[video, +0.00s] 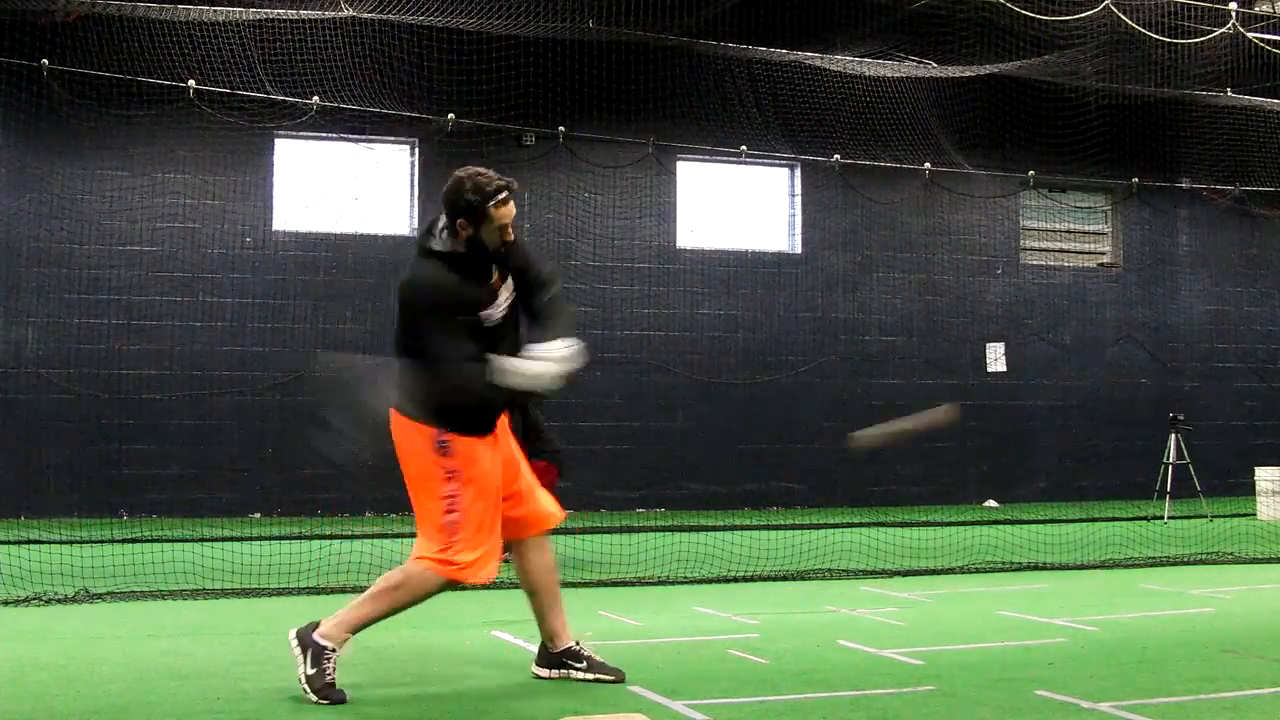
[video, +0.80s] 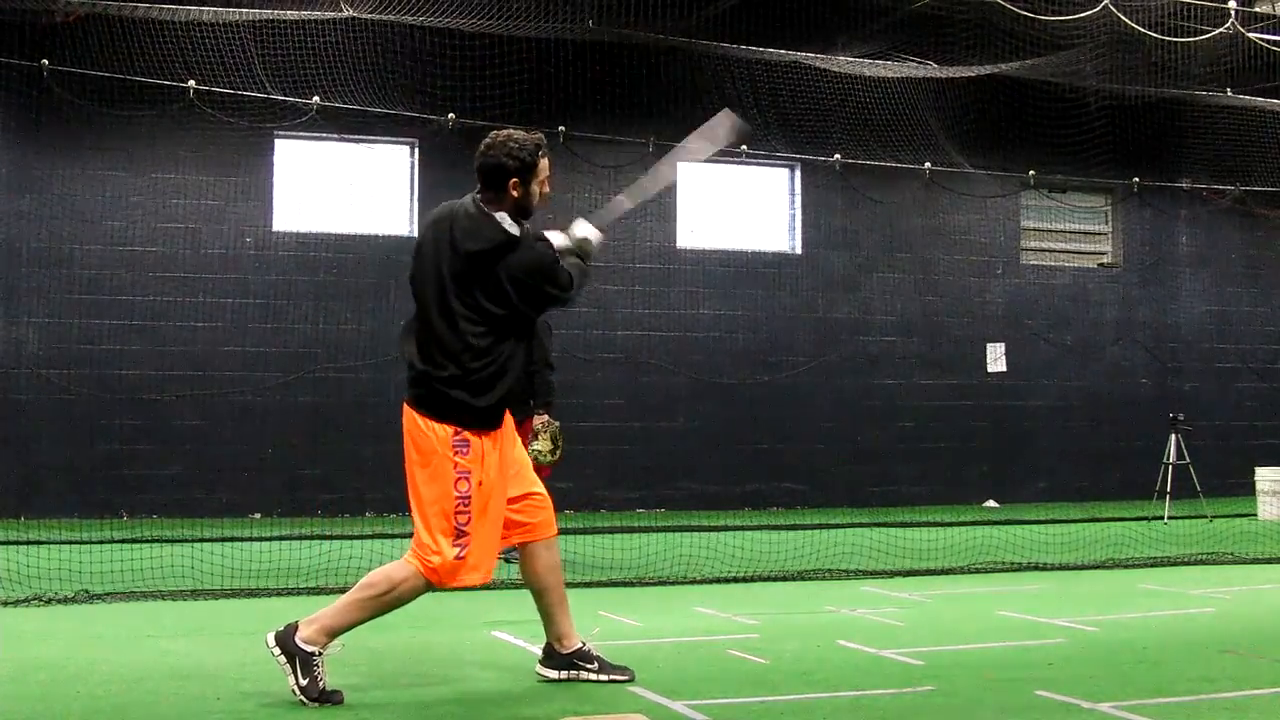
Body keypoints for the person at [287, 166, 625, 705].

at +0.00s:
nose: (512, 232)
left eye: (512, 222)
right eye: (503, 225)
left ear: (497, 218)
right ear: (468, 226)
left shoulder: (499, 249)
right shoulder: (430, 282)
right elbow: (453, 374)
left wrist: (552, 346)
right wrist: (519, 374)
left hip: (484, 420)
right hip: (434, 427)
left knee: (530, 523)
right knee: (450, 557)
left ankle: (558, 648)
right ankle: (324, 637)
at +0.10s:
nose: (520, 229)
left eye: (519, 221)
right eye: (513, 223)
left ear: (466, 217)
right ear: (484, 226)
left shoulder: (447, 232)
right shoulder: (454, 273)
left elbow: (536, 260)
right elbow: (541, 311)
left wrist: (601, 279)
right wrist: (613, 301)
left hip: (471, 408)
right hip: (437, 419)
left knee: (510, 532)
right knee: (450, 554)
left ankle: (555, 647)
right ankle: (321, 637)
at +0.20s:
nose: (534, 211)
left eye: (532, 201)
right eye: (529, 205)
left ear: (470, 206)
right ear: (509, 218)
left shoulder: (417, 231)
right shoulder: (517, 267)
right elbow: (545, 230)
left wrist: (513, 206)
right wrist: (544, 198)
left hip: (476, 413)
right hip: (445, 423)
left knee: (520, 524)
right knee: (444, 559)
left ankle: (560, 648)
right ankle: (309, 641)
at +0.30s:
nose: (550, 191)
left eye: (549, 183)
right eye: (548, 185)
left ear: (486, 186)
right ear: (529, 195)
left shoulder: (431, 228)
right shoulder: (536, 246)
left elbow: (369, 250)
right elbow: (492, 224)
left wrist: (417, 195)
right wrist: (451, 191)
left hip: (462, 414)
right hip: (459, 418)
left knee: (525, 524)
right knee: (446, 562)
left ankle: (561, 648)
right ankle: (310, 639)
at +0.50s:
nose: (546, 189)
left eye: (546, 180)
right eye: (544, 182)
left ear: (483, 186)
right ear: (523, 189)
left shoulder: (427, 233)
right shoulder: (536, 238)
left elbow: (378, 289)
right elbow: (486, 234)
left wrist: (410, 219)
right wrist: (436, 202)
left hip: (449, 414)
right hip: (458, 420)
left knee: (522, 523)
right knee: (448, 563)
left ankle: (563, 648)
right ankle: (306, 639)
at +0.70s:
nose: (544, 194)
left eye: (545, 184)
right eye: (542, 185)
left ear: (483, 185)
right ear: (517, 190)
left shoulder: (429, 230)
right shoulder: (527, 253)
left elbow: (407, 262)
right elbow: (545, 271)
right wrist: (527, 216)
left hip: (476, 418)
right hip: (450, 421)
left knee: (531, 523)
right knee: (443, 560)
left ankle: (564, 650)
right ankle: (304, 640)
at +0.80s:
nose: (547, 191)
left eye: (547, 181)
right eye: (543, 182)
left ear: (490, 182)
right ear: (517, 186)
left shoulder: (441, 221)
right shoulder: (520, 251)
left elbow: (484, 278)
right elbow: (561, 286)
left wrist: (542, 248)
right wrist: (574, 251)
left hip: (483, 417)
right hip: (450, 419)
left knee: (536, 523)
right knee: (440, 558)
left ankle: (564, 649)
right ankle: (305, 638)